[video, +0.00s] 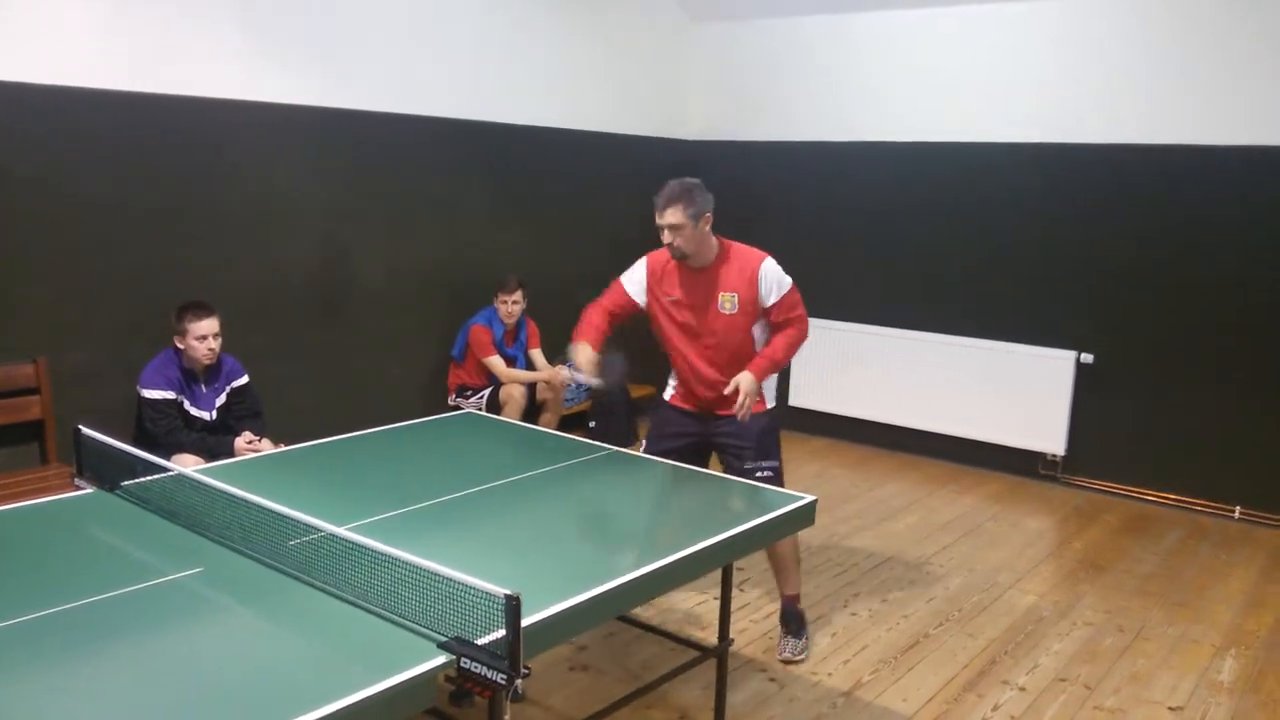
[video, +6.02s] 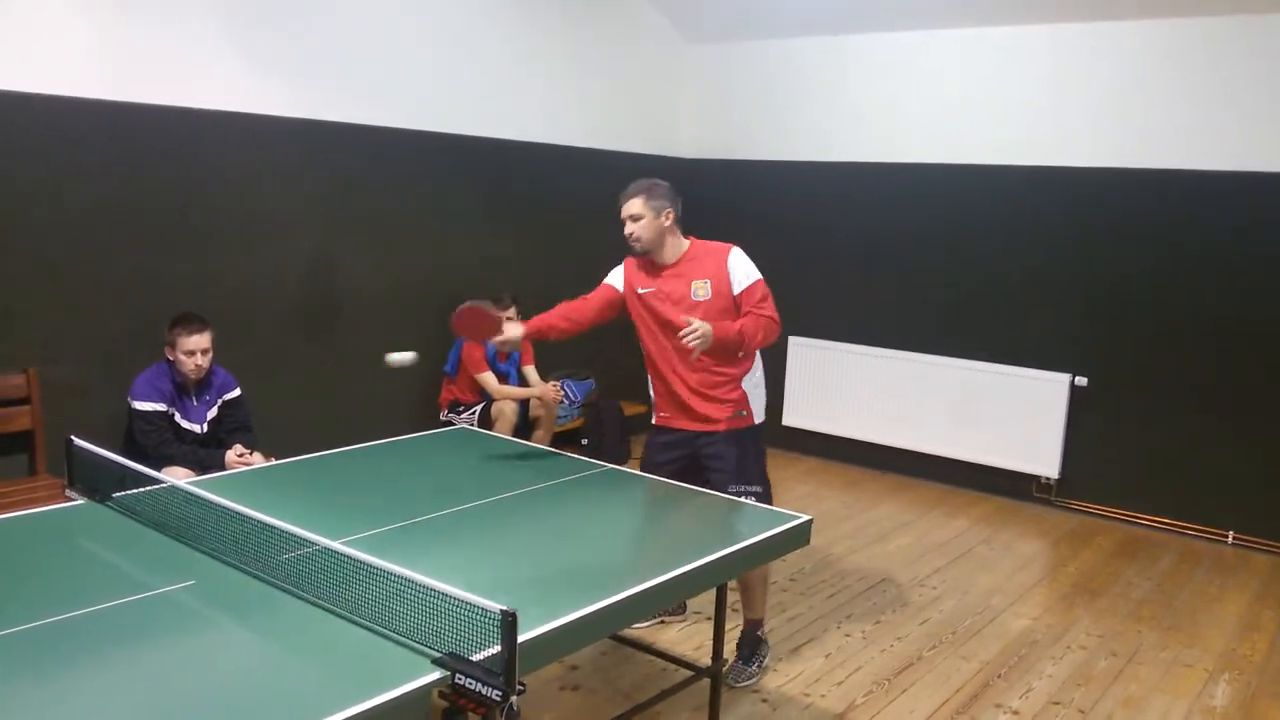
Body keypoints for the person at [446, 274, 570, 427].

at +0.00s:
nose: (509, 309)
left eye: (515, 303)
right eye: (504, 303)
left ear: (524, 304)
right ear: (495, 303)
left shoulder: (528, 327)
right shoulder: (479, 328)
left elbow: (543, 366)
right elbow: (504, 375)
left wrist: (559, 377)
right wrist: (547, 376)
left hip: (503, 387)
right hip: (467, 394)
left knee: (555, 391)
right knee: (516, 392)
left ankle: (540, 450)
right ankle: (503, 449)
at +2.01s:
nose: (517, 314)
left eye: (520, 308)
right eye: (510, 309)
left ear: (525, 308)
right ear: (495, 309)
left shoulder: (525, 332)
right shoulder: (476, 333)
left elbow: (540, 371)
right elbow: (500, 380)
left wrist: (553, 380)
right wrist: (545, 381)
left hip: (498, 394)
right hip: (462, 400)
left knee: (552, 395)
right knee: (514, 397)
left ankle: (540, 455)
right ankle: (501, 455)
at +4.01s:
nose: (508, 321)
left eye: (514, 315)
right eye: (502, 314)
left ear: (522, 316)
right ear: (493, 314)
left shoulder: (525, 338)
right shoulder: (476, 340)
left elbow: (540, 378)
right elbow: (501, 388)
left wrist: (554, 386)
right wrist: (544, 387)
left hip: (499, 400)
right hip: (463, 407)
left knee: (552, 402)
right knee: (513, 404)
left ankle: (539, 464)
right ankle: (500, 462)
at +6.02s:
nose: (504, 325)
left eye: (509, 319)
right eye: (498, 319)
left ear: (517, 320)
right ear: (488, 320)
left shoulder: (521, 343)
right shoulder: (472, 345)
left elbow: (535, 382)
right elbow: (496, 392)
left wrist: (548, 392)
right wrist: (540, 392)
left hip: (493, 405)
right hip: (457, 412)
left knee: (547, 406)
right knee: (508, 408)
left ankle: (534, 465)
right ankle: (496, 465)